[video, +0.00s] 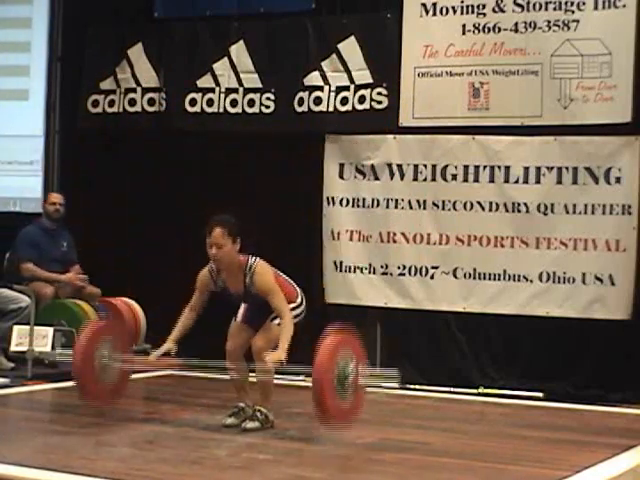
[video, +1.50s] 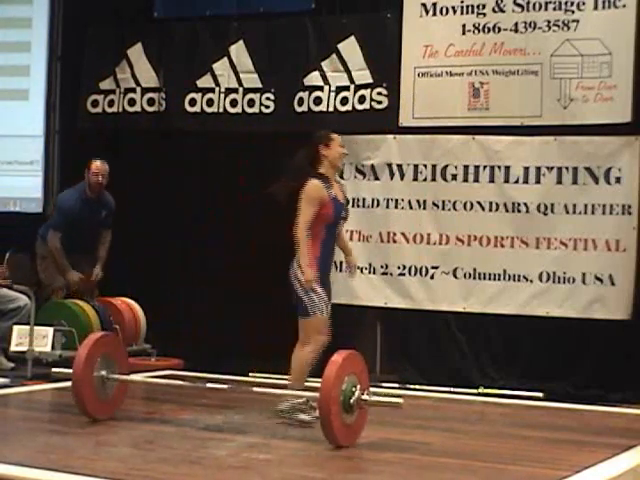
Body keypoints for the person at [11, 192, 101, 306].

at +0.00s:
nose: (57, 208)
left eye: (61, 205)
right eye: (53, 204)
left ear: (65, 208)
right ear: (44, 206)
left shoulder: (65, 234)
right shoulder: (29, 233)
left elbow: (74, 266)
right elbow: (26, 270)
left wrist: (76, 277)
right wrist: (64, 278)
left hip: (62, 281)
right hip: (34, 280)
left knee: (94, 293)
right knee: (47, 292)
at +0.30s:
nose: (82, 220)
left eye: (85, 217)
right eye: (77, 216)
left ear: (88, 220)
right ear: (67, 216)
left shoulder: (84, 243)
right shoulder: (48, 239)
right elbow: (41, 275)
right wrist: (71, 288)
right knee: (49, 293)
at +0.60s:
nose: (97, 233)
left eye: (100, 229)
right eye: (92, 227)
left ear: (103, 231)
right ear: (83, 226)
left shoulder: (99, 248)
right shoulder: (65, 245)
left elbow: (97, 277)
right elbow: (47, 279)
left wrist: (91, 292)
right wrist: (80, 293)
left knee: (102, 297)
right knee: (52, 297)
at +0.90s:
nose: (100, 232)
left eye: (104, 229)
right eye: (97, 227)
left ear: (108, 231)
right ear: (88, 225)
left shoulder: (105, 248)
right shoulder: (69, 243)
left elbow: (101, 278)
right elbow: (52, 278)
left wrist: (95, 293)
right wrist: (84, 295)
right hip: (40, 272)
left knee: (102, 298)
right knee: (56, 296)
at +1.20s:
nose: (104, 221)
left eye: (108, 218)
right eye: (100, 216)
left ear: (112, 220)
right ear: (92, 213)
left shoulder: (108, 237)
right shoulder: (70, 232)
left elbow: (99, 270)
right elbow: (56, 271)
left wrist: (91, 297)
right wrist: (80, 296)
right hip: (43, 259)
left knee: (99, 297)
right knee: (57, 294)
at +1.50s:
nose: (100, 180)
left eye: (103, 176)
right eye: (95, 175)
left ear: (107, 178)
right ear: (87, 175)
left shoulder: (107, 203)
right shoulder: (68, 200)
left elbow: (105, 236)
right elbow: (53, 239)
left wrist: (99, 265)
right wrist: (68, 272)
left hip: (81, 246)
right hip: (51, 245)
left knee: (88, 288)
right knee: (57, 287)